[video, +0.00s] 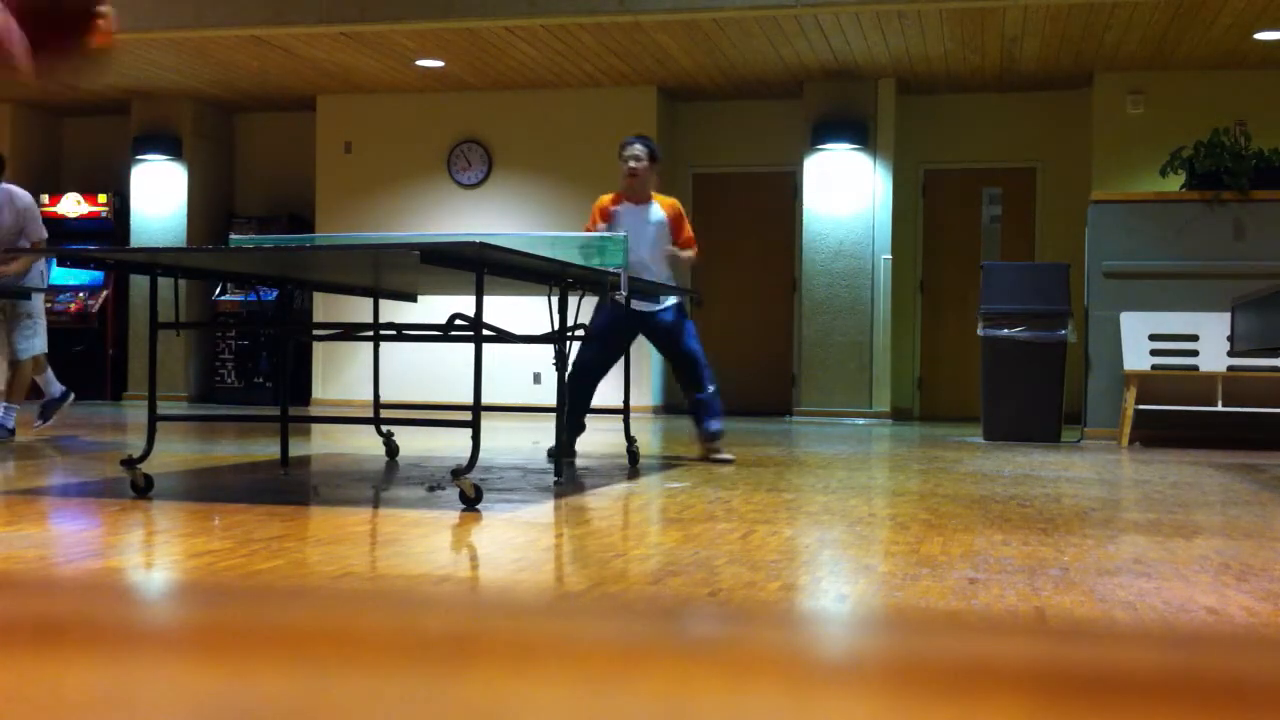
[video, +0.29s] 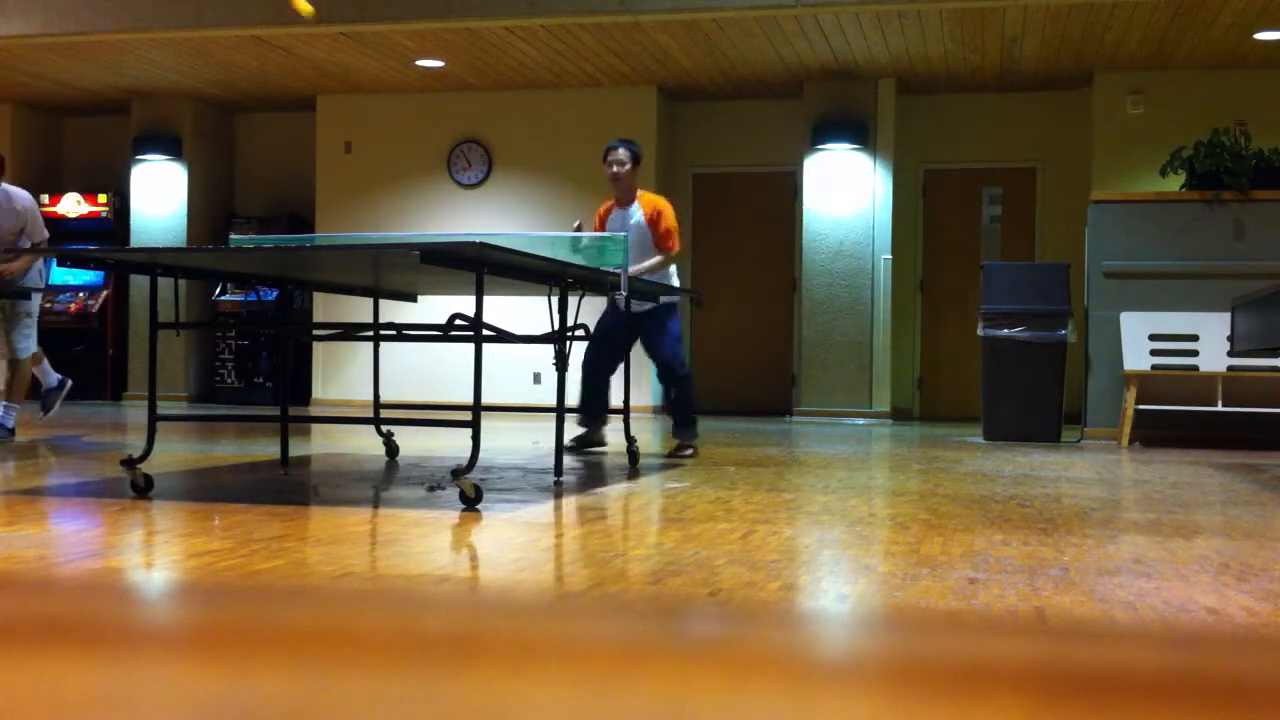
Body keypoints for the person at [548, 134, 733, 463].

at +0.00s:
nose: (631, 165)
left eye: (638, 160)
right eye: (626, 160)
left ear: (653, 167)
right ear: (619, 167)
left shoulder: (670, 208)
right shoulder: (606, 206)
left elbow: (690, 253)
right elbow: (589, 246)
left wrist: (677, 254)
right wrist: (602, 244)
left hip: (663, 306)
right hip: (618, 304)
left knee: (694, 364)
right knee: (584, 370)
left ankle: (711, 441)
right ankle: (566, 443)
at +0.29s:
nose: (615, 170)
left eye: (621, 164)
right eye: (610, 164)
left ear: (635, 168)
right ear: (604, 169)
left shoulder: (657, 208)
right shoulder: (604, 214)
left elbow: (671, 252)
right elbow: (598, 257)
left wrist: (636, 271)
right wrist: (581, 240)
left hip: (658, 306)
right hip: (620, 305)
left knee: (672, 368)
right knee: (595, 363)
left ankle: (685, 438)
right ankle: (593, 430)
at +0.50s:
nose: (585, 189)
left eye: (591, 182)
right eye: (581, 183)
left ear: (610, 184)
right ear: (578, 188)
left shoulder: (624, 218)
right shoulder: (596, 226)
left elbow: (624, 264)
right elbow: (596, 265)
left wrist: (583, 272)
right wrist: (570, 273)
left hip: (640, 304)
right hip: (614, 306)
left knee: (643, 366)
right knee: (581, 363)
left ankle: (682, 438)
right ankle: (598, 431)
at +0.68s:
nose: (559, 200)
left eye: (565, 193)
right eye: (557, 194)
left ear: (584, 194)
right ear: (557, 197)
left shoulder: (594, 222)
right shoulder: (588, 227)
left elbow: (584, 271)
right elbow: (577, 279)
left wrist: (546, 306)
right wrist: (545, 308)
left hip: (626, 303)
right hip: (609, 307)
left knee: (632, 363)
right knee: (580, 362)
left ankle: (682, 426)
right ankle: (590, 432)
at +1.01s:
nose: (565, 171)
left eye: (573, 166)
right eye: (567, 165)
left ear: (591, 174)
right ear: (582, 174)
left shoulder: (602, 204)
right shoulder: (586, 208)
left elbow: (590, 253)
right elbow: (588, 255)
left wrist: (560, 267)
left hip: (620, 301)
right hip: (592, 303)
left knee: (641, 361)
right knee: (570, 363)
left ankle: (677, 430)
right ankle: (589, 430)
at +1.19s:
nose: (596, 158)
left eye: (604, 152)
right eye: (595, 152)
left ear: (621, 159)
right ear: (594, 157)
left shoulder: (641, 202)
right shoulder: (585, 187)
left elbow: (651, 239)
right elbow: (560, 175)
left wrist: (659, 255)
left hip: (622, 282)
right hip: (583, 280)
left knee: (649, 330)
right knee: (556, 345)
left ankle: (650, 407)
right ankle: (576, 392)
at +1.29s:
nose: (610, 167)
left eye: (617, 163)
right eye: (607, 162)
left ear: (630, 167)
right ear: (601, 165)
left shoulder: (643, 217)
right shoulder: (592, 194)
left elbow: (647, 263)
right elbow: (601, 191)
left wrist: (652, 290)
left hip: (623, 294)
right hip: (584, 290)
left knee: (655, 351)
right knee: (545, 344)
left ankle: (642, 426)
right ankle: (532, 385)